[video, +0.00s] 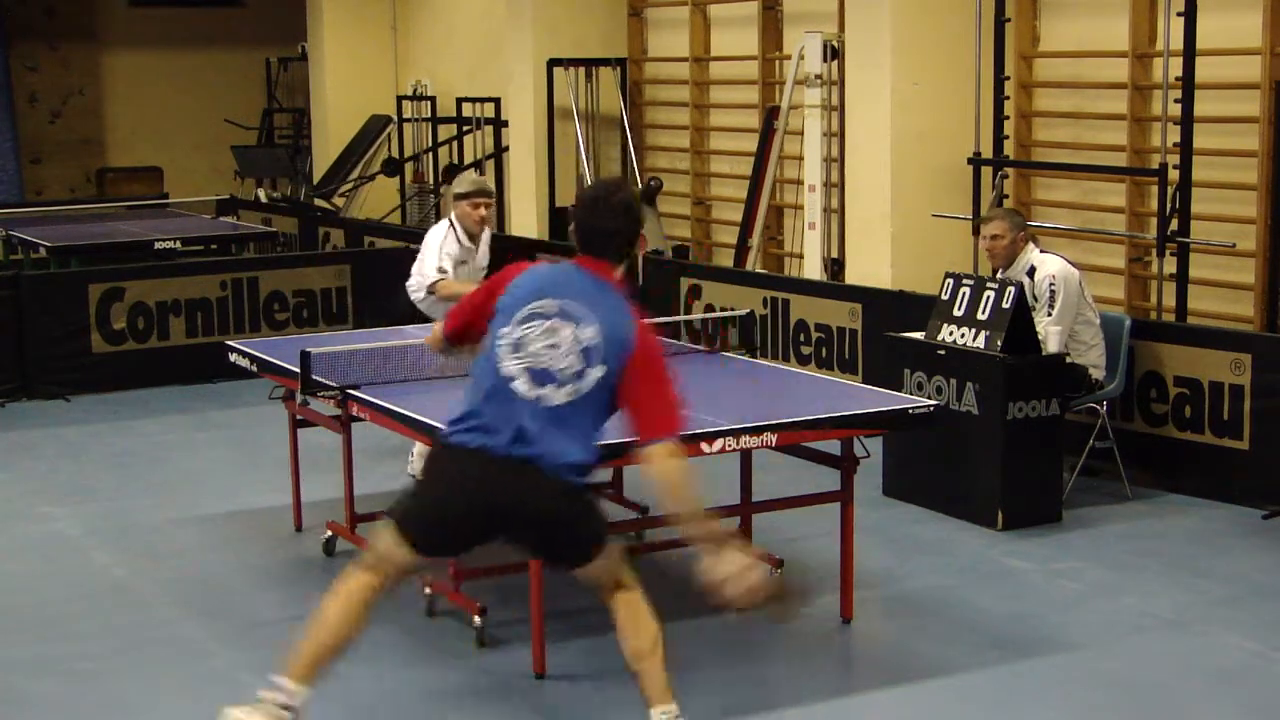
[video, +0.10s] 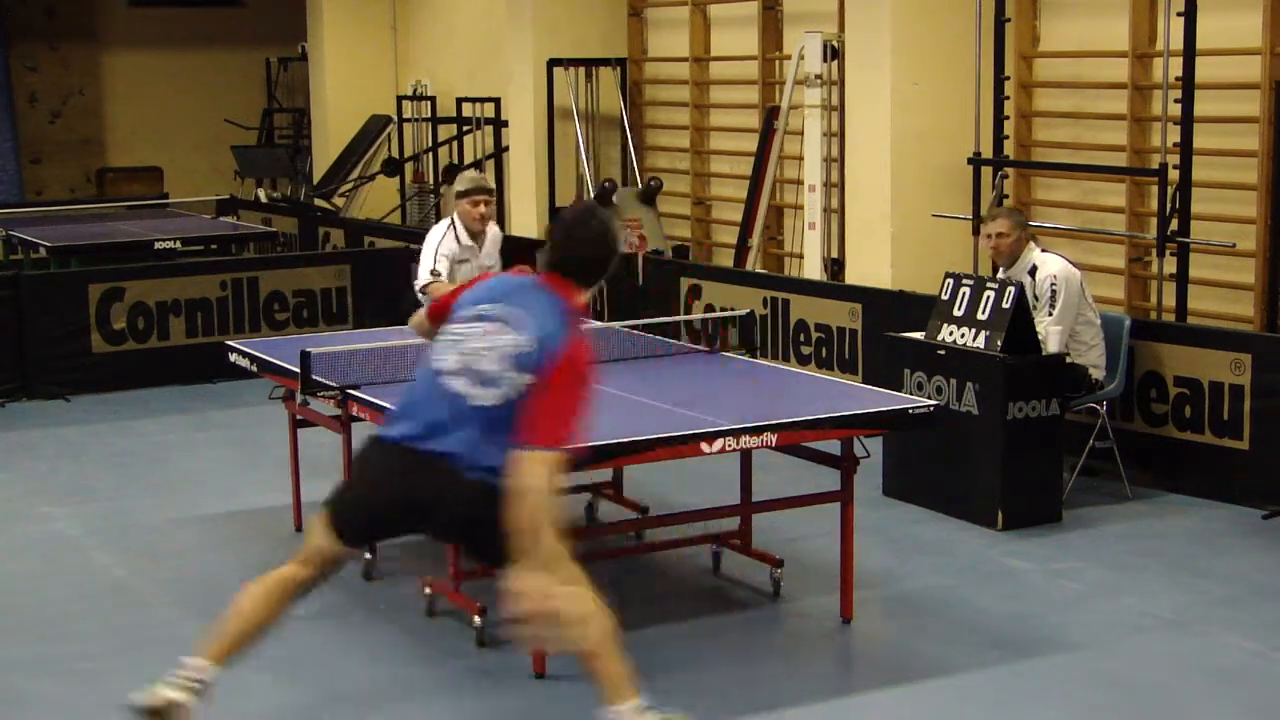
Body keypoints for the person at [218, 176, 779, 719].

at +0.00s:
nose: (647, 239)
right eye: (644, 232)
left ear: (574, 232)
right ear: (636, 245)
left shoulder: (522, 277)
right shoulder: (632, 327)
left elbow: (448, 337)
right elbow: (661, 454)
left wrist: (475, 338)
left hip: (461, 471)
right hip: (547, 490)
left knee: (369, 571)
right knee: (619, 587)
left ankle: (284, 695)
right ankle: (664, 711)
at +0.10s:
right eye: (608, 272)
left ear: (544, 249)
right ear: (599, 275)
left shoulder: (488, 284)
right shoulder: (570, 340)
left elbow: (428, 319)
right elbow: (534, 466)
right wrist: (539, 565)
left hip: (388, 464)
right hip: (471, 489)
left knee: (303, 565)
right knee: (568, 582)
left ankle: (190, 678)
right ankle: (627, 704)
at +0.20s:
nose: (557, 305)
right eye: (557, 295)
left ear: (495, 281)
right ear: (548, 303)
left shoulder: (451, 322)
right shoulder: (477, 362)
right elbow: (402, 460)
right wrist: (361, 556)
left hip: (332, 498)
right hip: (396, 516)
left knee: (258, 617)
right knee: (532, 574)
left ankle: (109, 683)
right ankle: (533, 711)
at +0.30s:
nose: (461, 343)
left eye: (460, 331)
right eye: (459, 333)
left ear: (405, 321)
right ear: (443, 333)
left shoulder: (373, 370)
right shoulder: (372, 386)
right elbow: (276, 475)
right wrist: (234, 561)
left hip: (275, 544)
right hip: (323, 545)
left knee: (222, 656)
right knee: (463, 588)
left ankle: (87, 711)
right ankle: (520, 712)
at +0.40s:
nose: (351, 312)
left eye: (350, 300)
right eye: (346, 301)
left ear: (289, 291)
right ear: (318, 303)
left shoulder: (244, 326)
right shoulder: (256, 371)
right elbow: (220, 499)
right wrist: (264, 561)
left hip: (181, 516)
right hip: (220, 528)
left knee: (170, 647)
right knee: (362, 622)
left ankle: (46, 711)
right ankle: (472, 716)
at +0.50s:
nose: (230, 283)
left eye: (232, 271)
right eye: (228, 271)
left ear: (167, 262)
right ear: (207, 274)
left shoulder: (97, 320)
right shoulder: (197, 349)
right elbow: (278, 415)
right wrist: (299, 393)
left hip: (90, 530)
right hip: (169, 534)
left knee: (108, 596)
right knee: (318, 588)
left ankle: (14, 693)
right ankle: (361, 710)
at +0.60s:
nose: (131, 290)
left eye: (129, 277)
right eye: (124, 277)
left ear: (58, 279)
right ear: (101, 282)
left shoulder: (16, 358)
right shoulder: (109, 344)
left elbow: (99, 416)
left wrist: (187, 388)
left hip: (49, 557)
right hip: (135, 552)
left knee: (7, 604)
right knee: (273, 596)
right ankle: (215, 699)